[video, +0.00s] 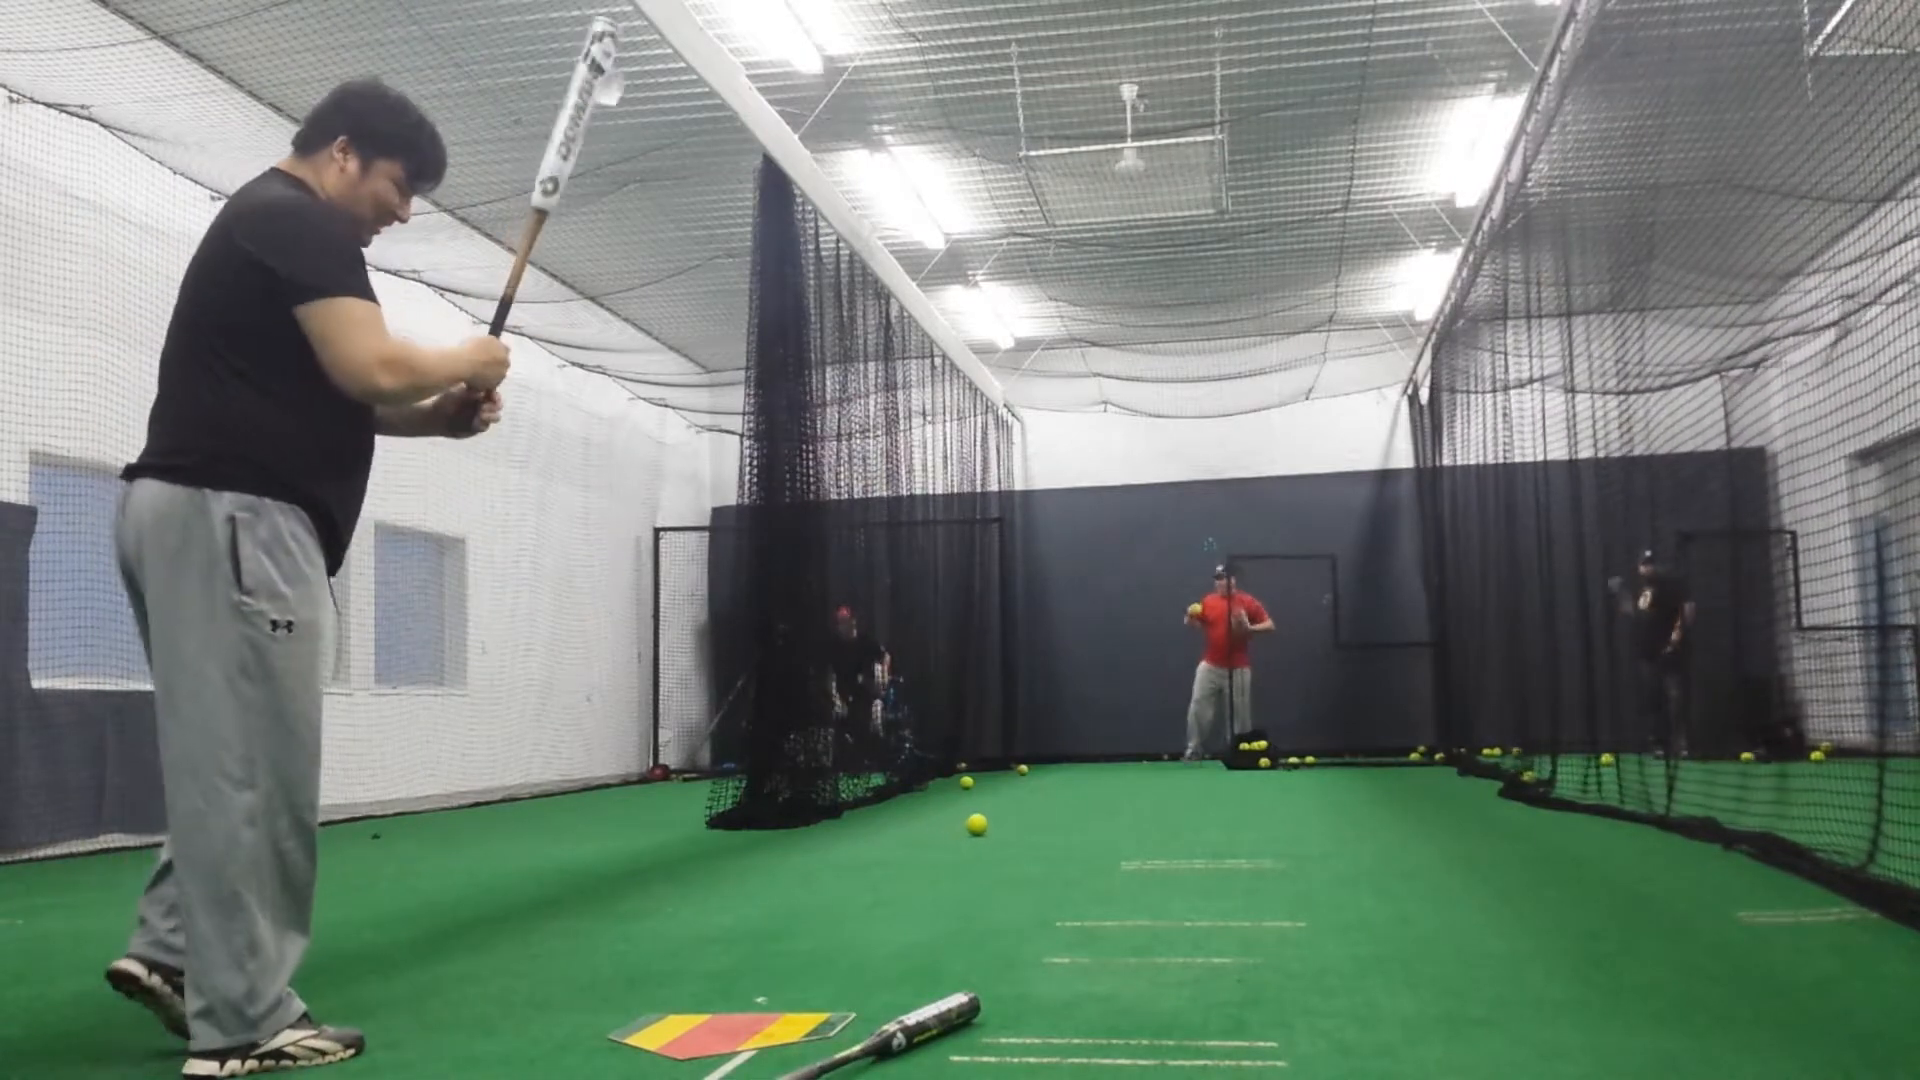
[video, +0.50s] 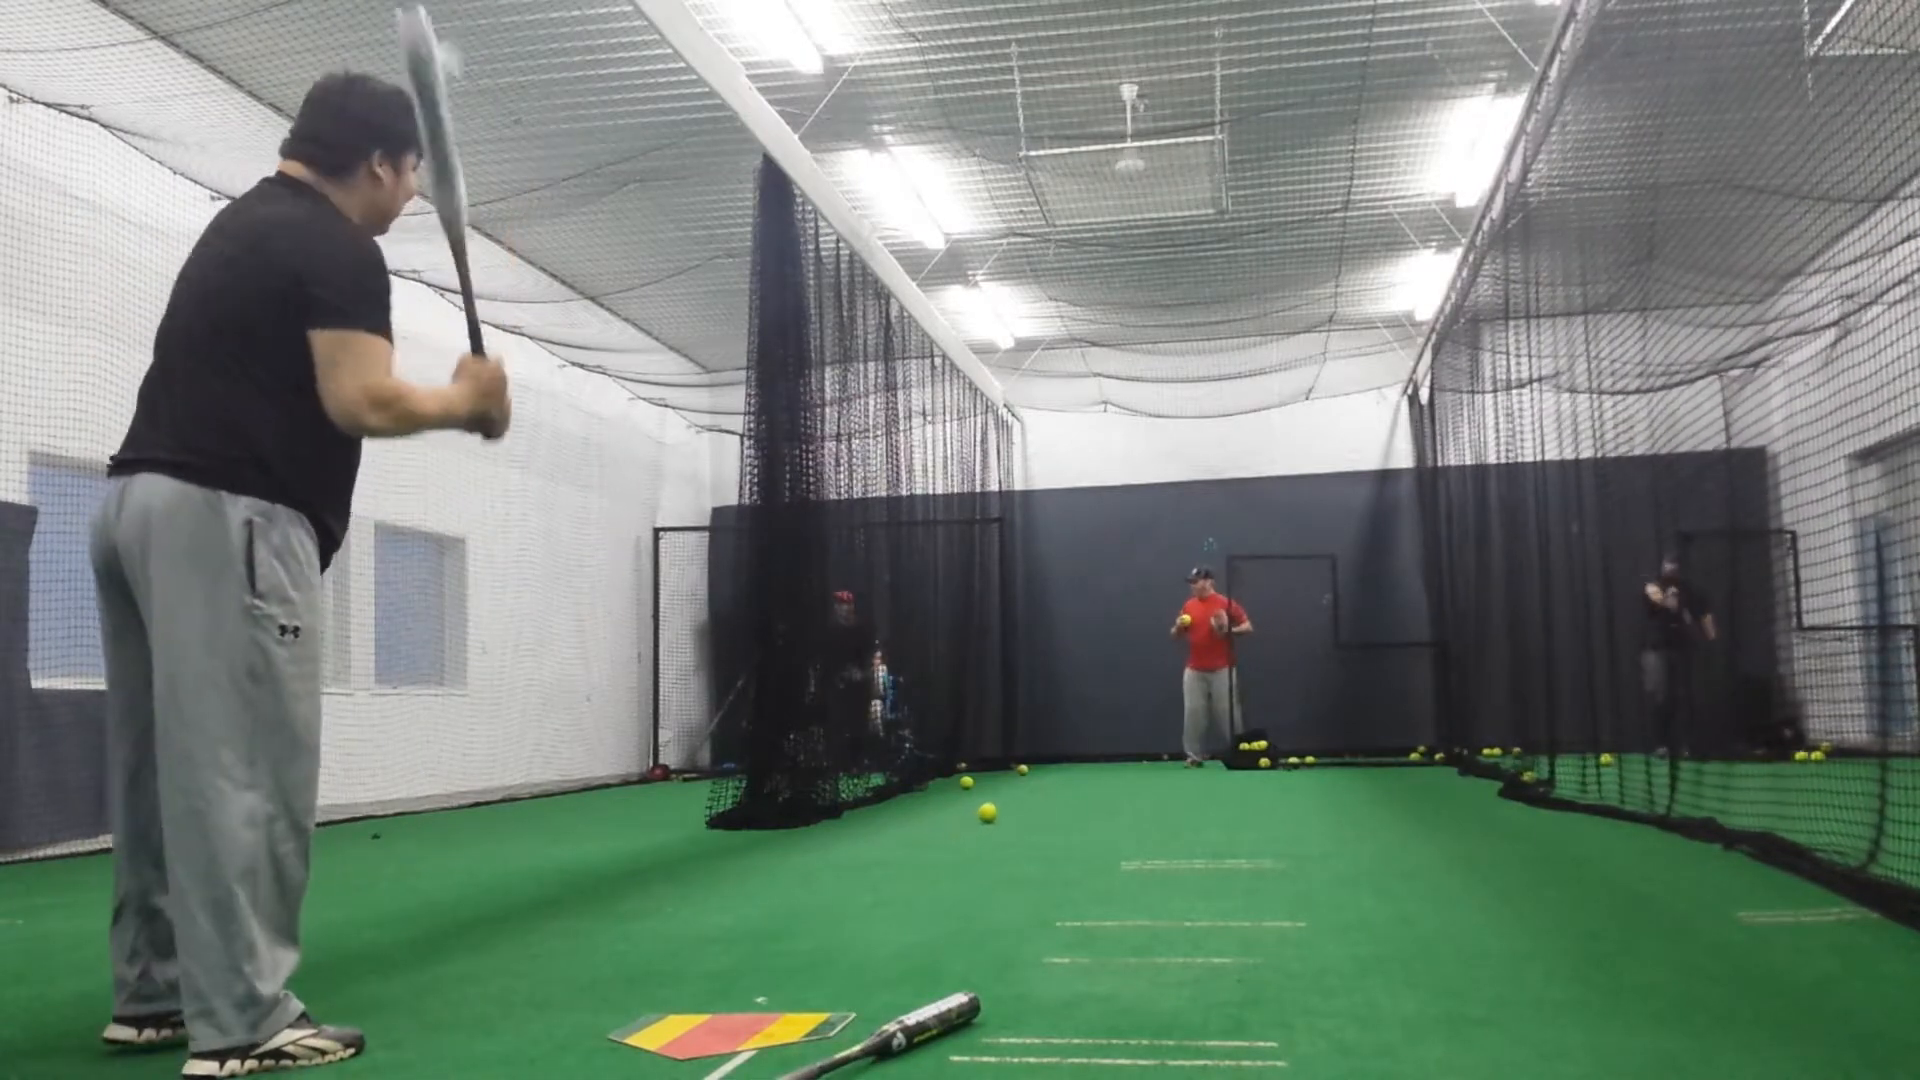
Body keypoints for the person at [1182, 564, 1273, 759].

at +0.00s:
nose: (1219, 583)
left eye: (1223, 578)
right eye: (1217, 578)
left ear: (1233, 580)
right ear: (1215, 581)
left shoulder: (1246, 601)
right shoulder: (1209, 601)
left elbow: (1269, 624)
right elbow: (1198, 624)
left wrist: (1249, 627)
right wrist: (1191, 618)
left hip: (1238, 666)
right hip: (1212, 664)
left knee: (1240, 709)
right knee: (1199, 706)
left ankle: (1241, 750)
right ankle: (1194, 748)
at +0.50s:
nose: (1193, 586)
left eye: (1196, 582)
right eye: (1192, 582)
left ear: (1209, 582)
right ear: (1193, 585)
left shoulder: (1226, 604)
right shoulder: (1190, 606)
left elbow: (1247, 626)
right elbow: (1175, 635)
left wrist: (1229, 630)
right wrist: (1179, 627)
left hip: (1221, 667)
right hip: (1195, 667)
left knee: (1226, 711)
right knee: (1193, 711)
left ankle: (1235, 751)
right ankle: (1194, 754)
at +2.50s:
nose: (1217, 580)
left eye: (1222, 576)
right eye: (1216, 576)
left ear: (1233, 579)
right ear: (1213, 579)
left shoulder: (1245, 602)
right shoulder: (1207, 602)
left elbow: (1260, 628)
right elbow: (1192, 626)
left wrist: (1246, 630)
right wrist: (1199, 627)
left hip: (1238, 662)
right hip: (1212, 663)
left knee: (1240, 707)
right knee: (1214, 708)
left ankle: (1242, 751)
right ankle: (1217, 752)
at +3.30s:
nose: (1211, 581)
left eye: (1214, 576)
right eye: (1207, 577)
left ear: (1221, 578)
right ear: (1202, 581)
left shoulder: (1236, 600)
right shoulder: (1198, 604)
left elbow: (1256, 621)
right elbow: (1176, 626)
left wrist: (1242, 624)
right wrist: (1187, 603)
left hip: (1234, 662)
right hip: (1208, 663)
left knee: (1238, 707)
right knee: (1212, 709)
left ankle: (1241, 750)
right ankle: (1216, 752)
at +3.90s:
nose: (1212, 581)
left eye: (1215, 577)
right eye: (1209, 579)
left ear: (1222, 580)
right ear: (1204, 582)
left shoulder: (1233, 599)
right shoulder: (1196, 601)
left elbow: (1254, 622)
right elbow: (1171, 611)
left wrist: (1242, 624)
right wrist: (1189, 591)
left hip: (1232, 661)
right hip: (1206, 663)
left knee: (1237, 707)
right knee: (1210, 710)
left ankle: (1241, 750)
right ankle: (1216, 752)